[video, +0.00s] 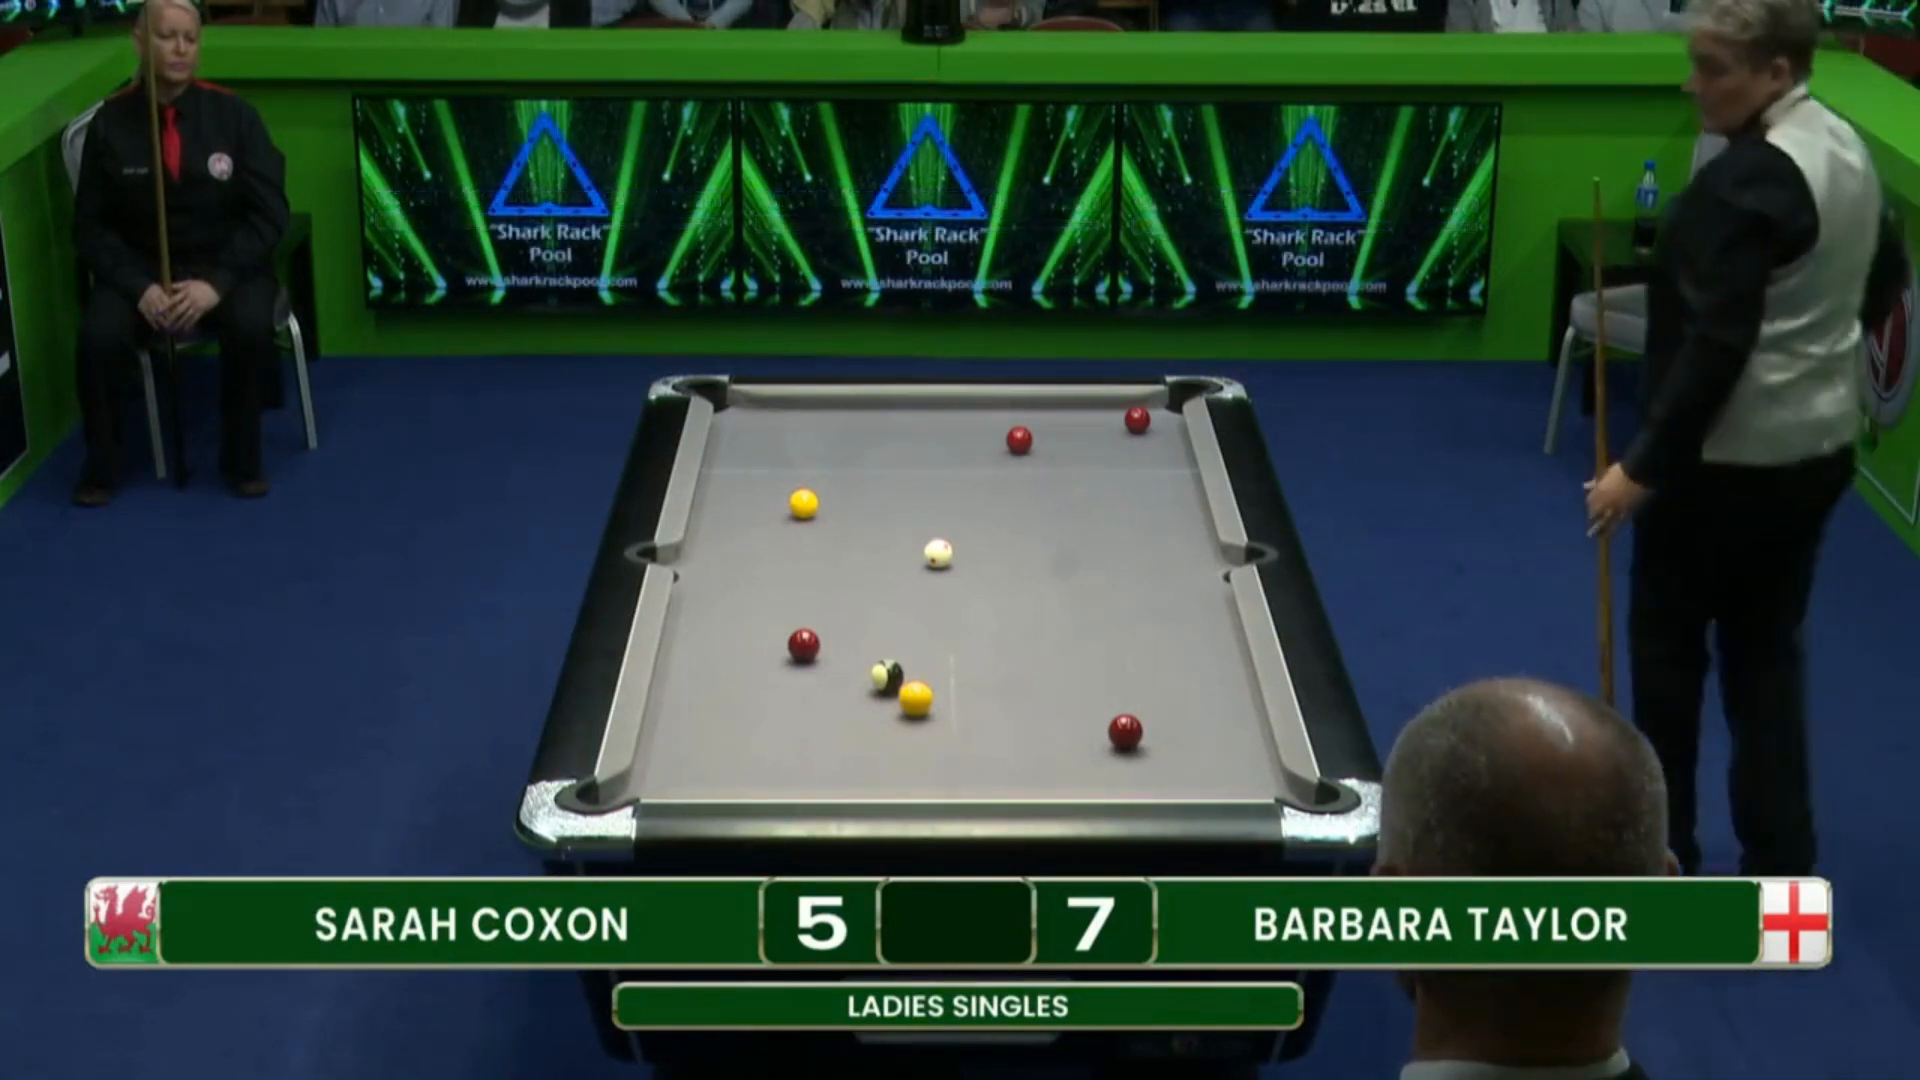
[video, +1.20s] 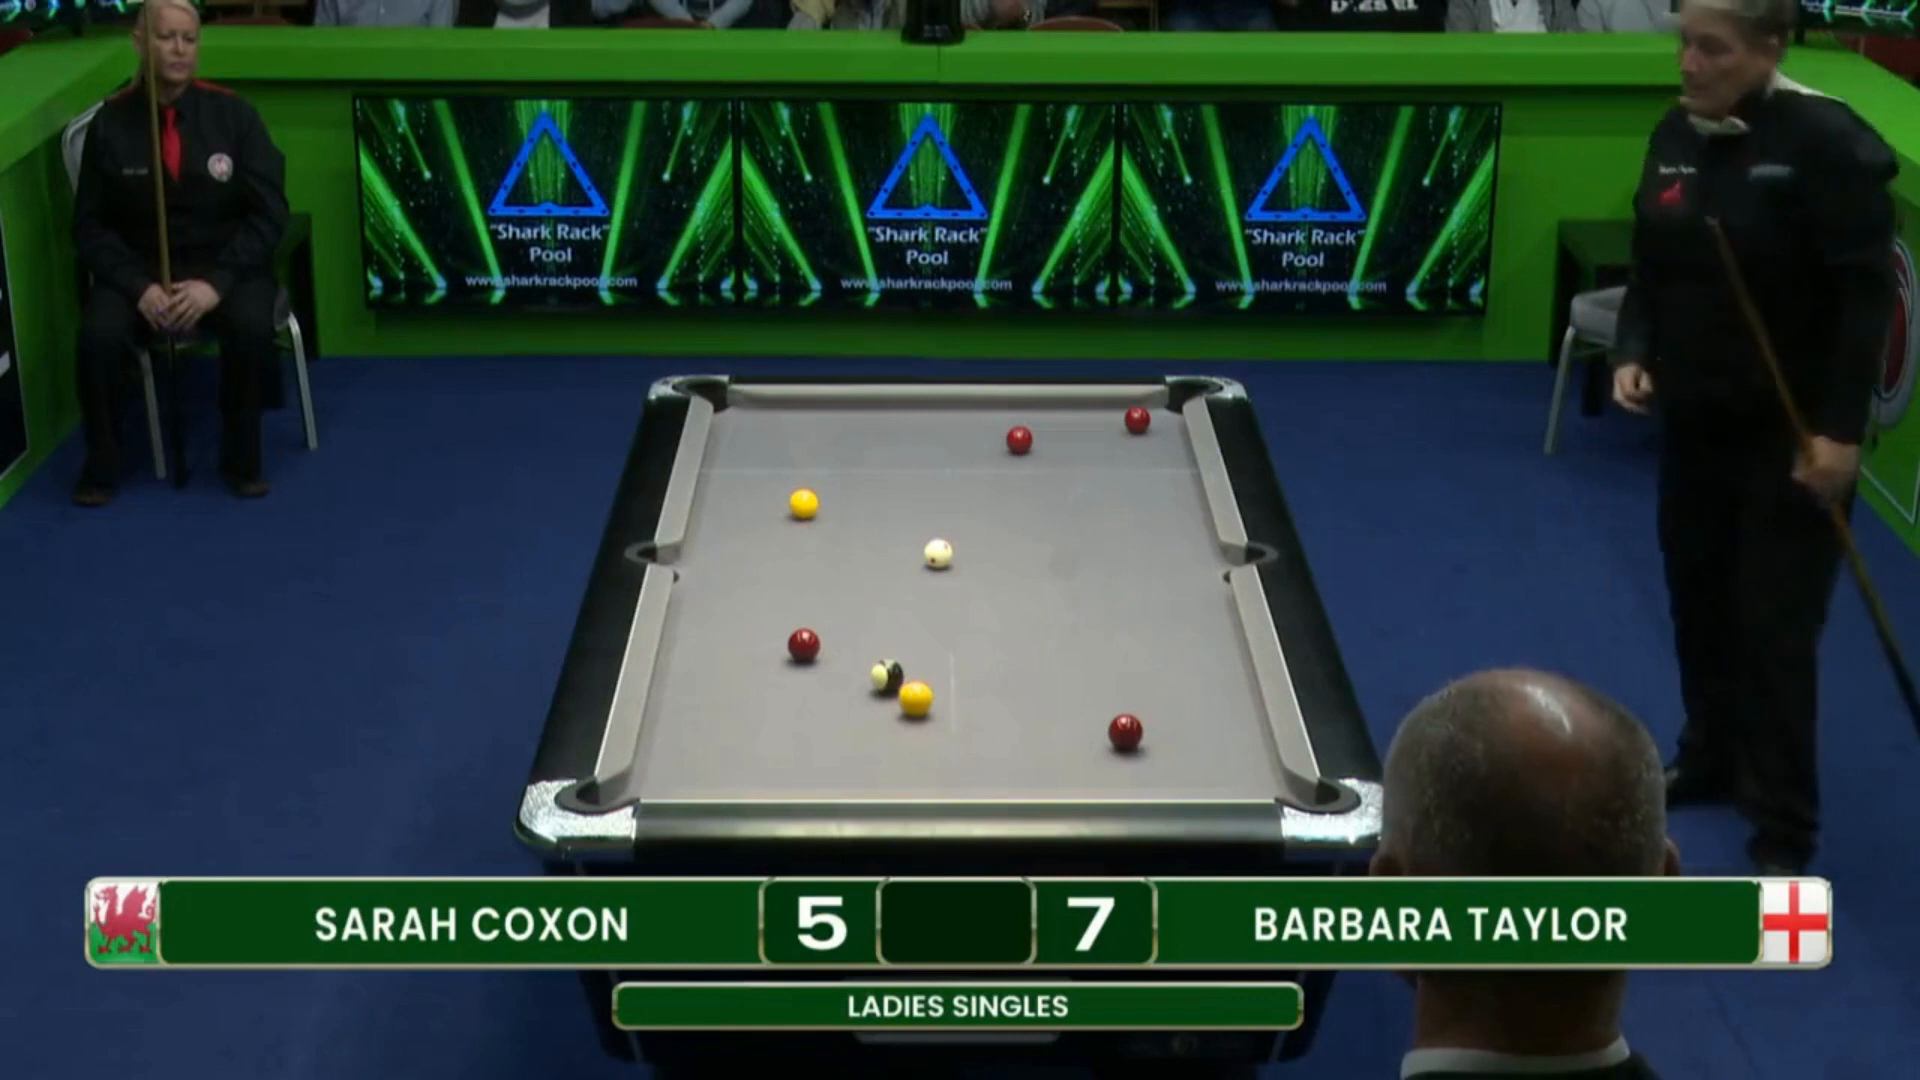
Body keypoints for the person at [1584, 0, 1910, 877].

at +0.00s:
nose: (1694, 84)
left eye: (1712, 68)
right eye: (1694, 65)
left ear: (1776, 73)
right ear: (1785, 75)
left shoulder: (1741, 180)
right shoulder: (1845, 146)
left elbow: (1715, 349)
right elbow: (1883, 283)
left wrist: (1637, 468)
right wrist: (1815, 346)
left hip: (1723, 464)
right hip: (1816, 453)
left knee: (1665, 655)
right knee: (1767, 658)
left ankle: (1666, 851)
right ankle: (1782, 865)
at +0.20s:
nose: (1670, 77)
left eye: (1689, 63)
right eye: (1670, 58)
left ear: (1752, 65)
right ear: (1759, 66)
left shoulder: (1721, 173)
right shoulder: (1807, 128)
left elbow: (1692, 333)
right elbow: (1845, 267)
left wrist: (1619, 455)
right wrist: (1765, 322)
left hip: (1707, 444)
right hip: (1779, 434)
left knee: (1652, 628)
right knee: (1699, 595)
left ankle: (1661, 830)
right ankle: (1772, 796)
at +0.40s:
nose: (1662, 63)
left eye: (1680, 48)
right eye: (1660, 45)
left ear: (1741, 51)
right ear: (1739, 51)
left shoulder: (1735, 153)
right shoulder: (1775, 111)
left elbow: (1707, 313)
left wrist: (1622, 421)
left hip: (1714, 422)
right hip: (1757, 407)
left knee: (1657, 610)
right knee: (1695, 591)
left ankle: (1666, 822)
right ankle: (1711, 765)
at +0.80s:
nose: (1648, 54)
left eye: (1665, 37)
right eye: (1642, 35)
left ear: (1721, 35)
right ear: (1646, 32)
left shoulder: (1782, 126)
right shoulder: (1682, 114)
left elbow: (1794, 279)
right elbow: (1678, 262)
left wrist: (1734, 397)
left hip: (1773, 404)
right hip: (1699, 392)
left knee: (1725, 611)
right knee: (1694, 595)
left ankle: (1696, 834)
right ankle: (1698, 791)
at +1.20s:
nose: (1688, 64)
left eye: (1710, 48)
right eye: (1684, 45)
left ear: (1768, 52)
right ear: (1679, 42)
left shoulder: (1837, 147)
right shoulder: (1676, 135)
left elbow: (1867, 298)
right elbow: (1650, 264)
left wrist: (1843, 426)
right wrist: (1634, 349)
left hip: (1793, 434)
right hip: (1695, 421)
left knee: (1776, 628)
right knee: (1701, 604)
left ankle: (1784, 825)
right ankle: (1710, 761)